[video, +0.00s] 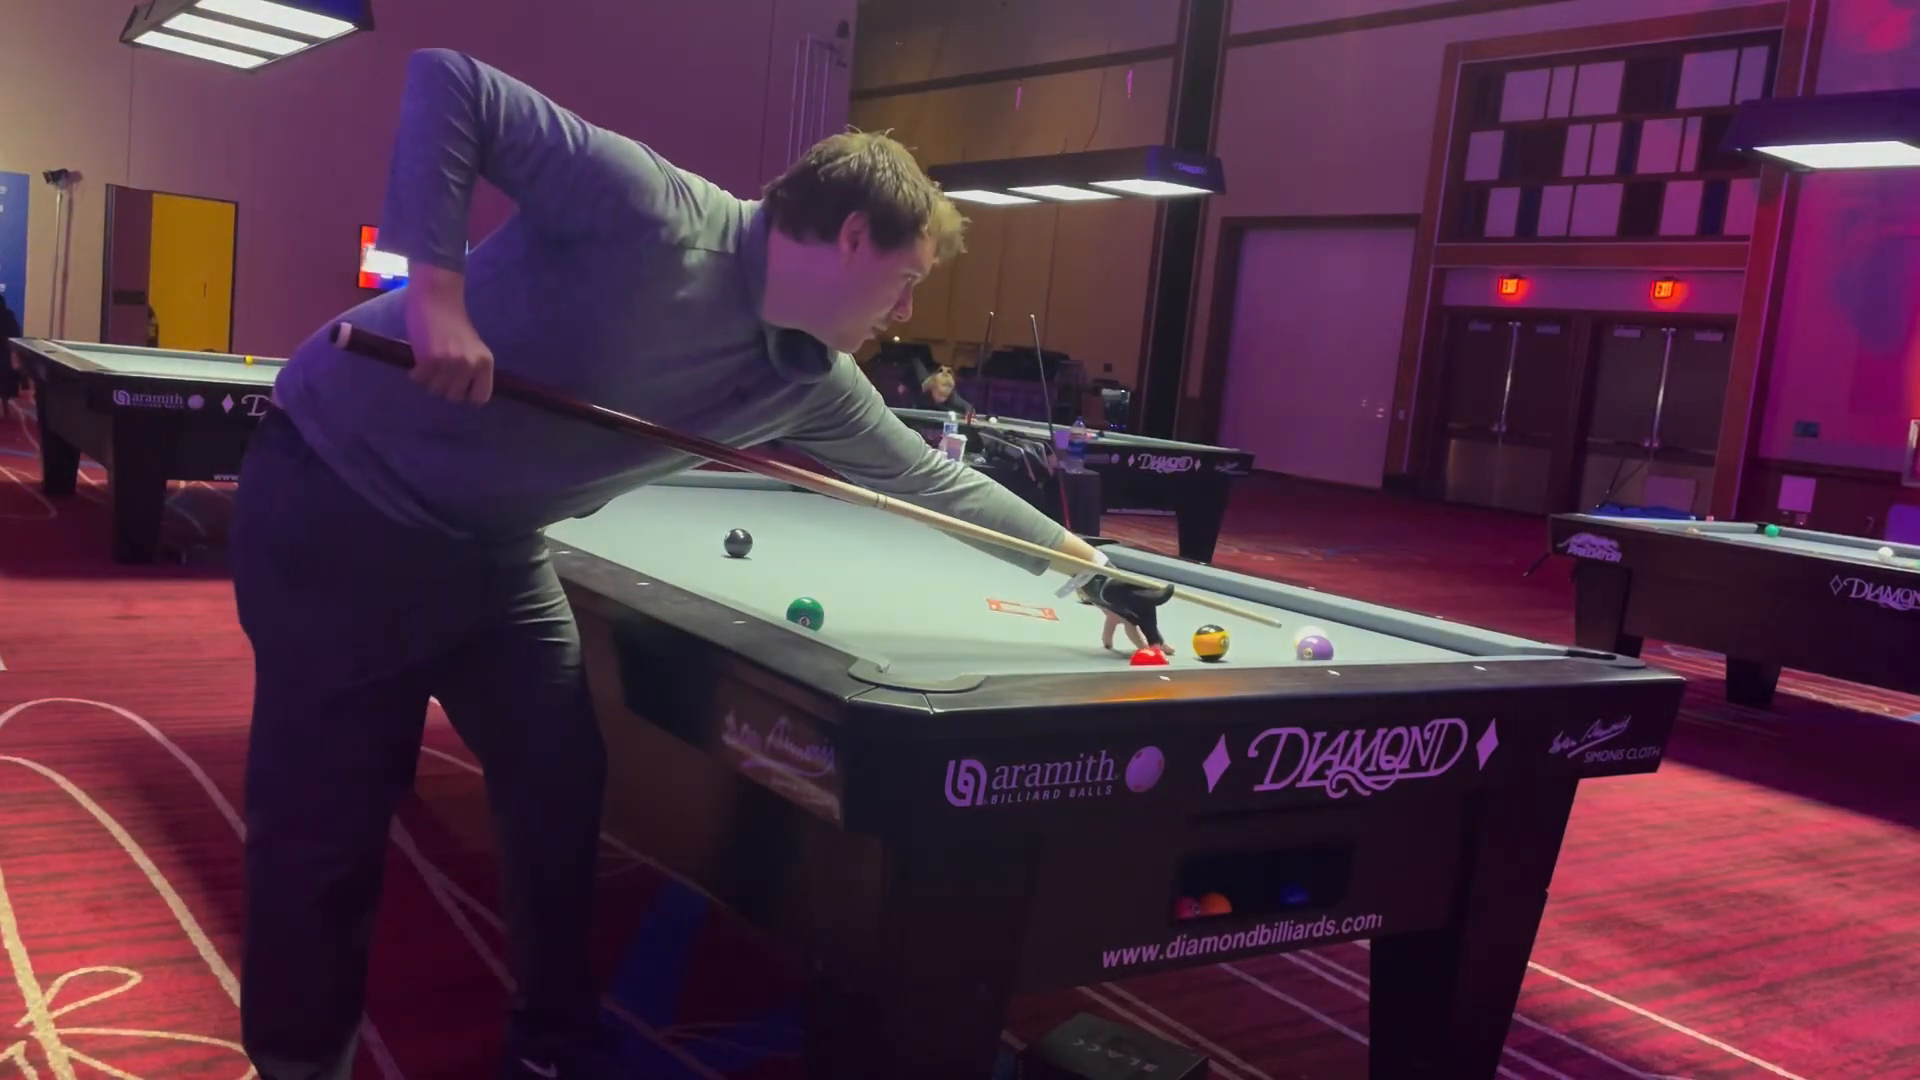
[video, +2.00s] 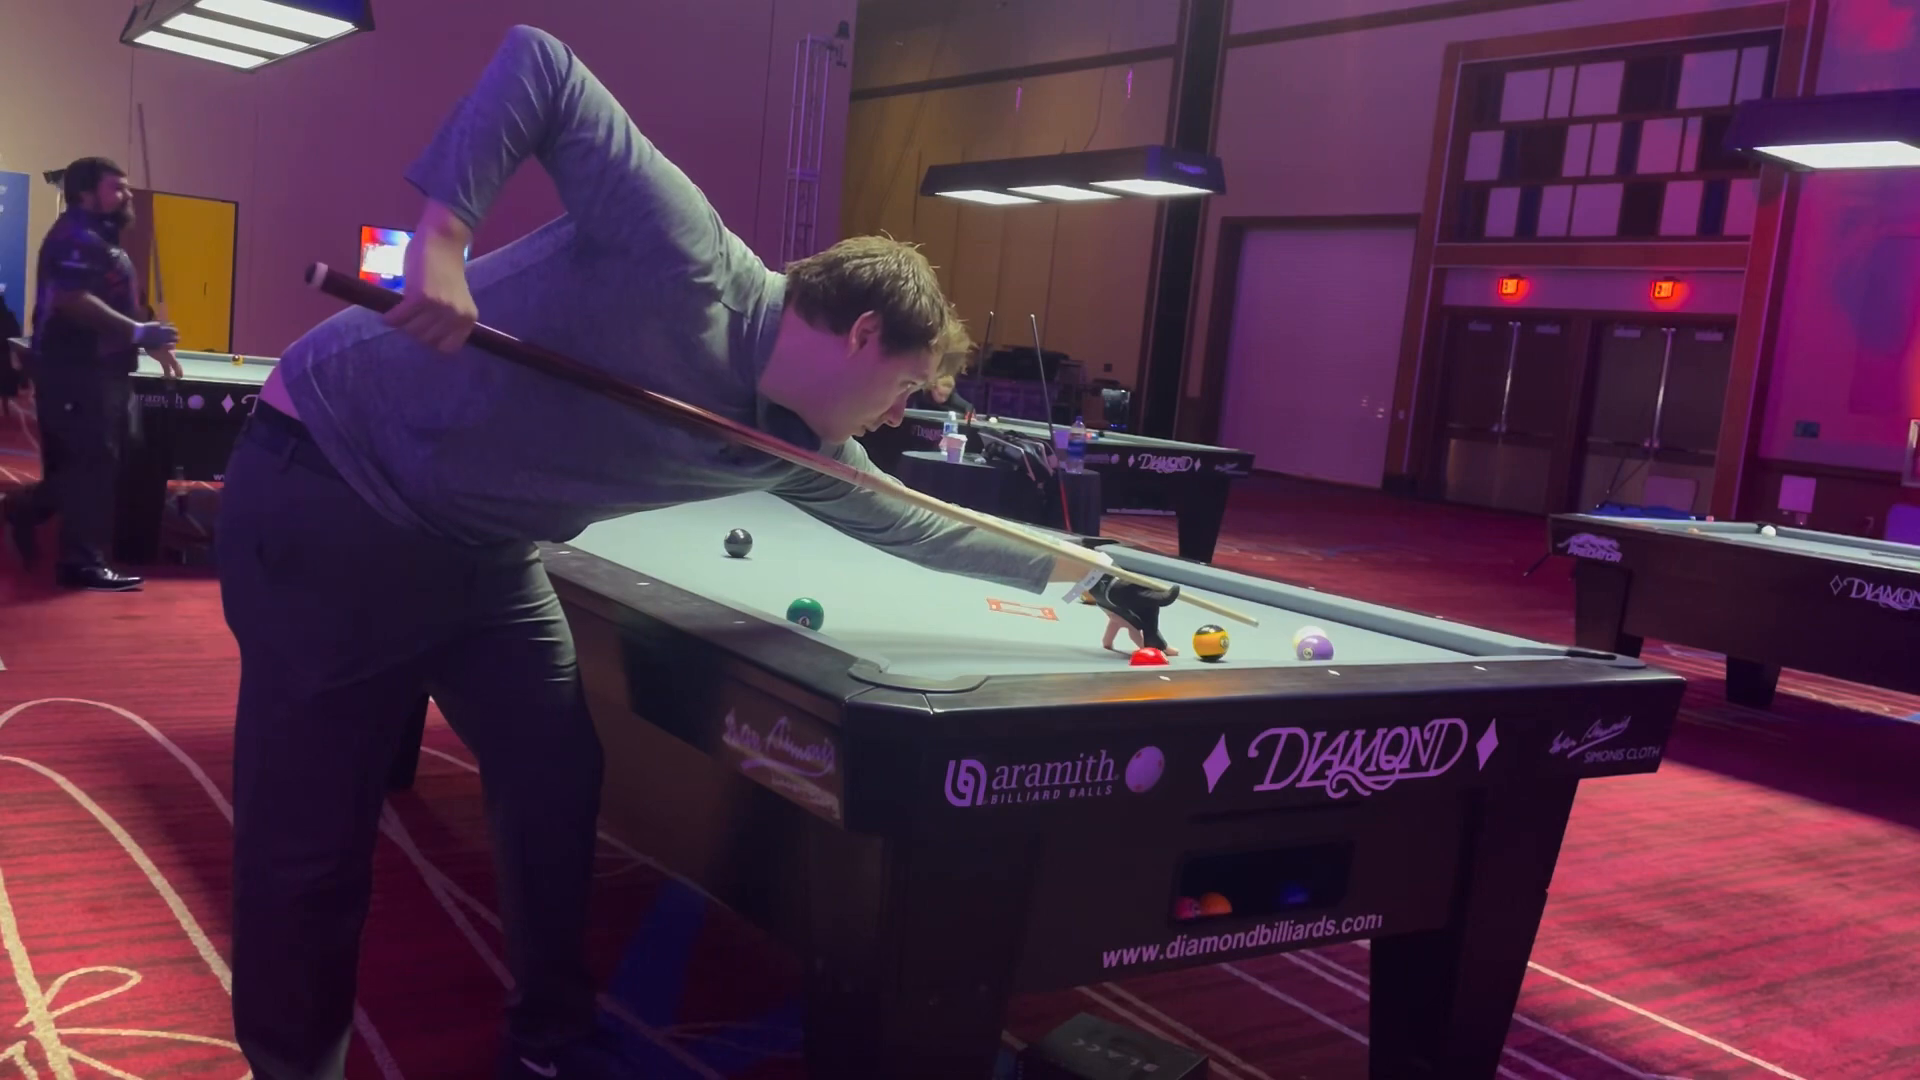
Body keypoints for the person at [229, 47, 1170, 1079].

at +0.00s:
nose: (903, 313)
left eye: (915, 289)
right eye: (907, 279)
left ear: (847, 249)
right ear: (848, 237)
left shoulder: (807, 384)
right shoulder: (648, 208)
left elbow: (940, 479)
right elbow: (448, 83)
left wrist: (1086, 561)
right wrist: (432, 287)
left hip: (494, 535)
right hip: (345, 487)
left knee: (559, 774)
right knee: (324, 819)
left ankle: (551, 1037)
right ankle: (298, 1058)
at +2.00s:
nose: (892, 423)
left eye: (909, 405)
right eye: (903, 393)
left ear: (852, 344)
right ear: (857, 334)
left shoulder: (787, 436)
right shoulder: (678, 241)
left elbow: (912, 525)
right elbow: (535, 68)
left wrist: (1068, 561)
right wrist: (437, 239)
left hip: (482, 532)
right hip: (329, 478)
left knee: (553, 761)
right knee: (310, 827)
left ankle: (547, 1031)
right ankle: (293, 1056)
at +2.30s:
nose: (890, 428)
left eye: (908, 410)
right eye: (902, 398)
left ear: (853, 347)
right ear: (858, 337)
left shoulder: (786, 439)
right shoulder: (680, 245)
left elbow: (912, 526)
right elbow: (538, 70)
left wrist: (1063, 562)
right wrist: (477, 253)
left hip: (483, 531)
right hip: (330, 478)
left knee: (553, 762)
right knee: (310, 825)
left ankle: (548, 1033)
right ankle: (292, 1058)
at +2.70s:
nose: (891, 429)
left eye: (909, 410)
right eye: (903, 399)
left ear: (853, 349)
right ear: (858, 340)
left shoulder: (784, 439)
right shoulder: (683, 247)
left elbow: (911, 526)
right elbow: (540, 70)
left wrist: (1062, 563)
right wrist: (481, 254)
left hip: (484, 529)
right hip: (331, 473)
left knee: (553, 767)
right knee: (312, 822)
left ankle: (548, 1034)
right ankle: (293, 1058)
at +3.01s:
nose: (891, 430)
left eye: (909, 412)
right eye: (903, 400)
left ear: (853, 349)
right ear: (857, 340)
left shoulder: (784, 439)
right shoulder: (685, 250)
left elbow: (909, 525)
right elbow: (541, 70)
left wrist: (1062, 563)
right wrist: (481, 256)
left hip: (484, 530)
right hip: (333, 473)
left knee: (552, 764)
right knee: (313, 818)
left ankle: (548, 1032)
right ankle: (294, 1056)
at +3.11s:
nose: (890, 430)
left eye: (908, 412)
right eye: (902, 400)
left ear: (854, 349)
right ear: (858, 340)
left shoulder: (784, 439)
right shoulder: (685, 249)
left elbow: (911, 526)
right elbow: (540, 69)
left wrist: (1064, 564)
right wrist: (482, 257)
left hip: (485, 531)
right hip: (332, 474)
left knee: (552, 765)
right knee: (313, 818)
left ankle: (548, 1032)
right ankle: (294, 1057)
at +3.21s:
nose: (892, 430)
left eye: (909, 412)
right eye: (903, 401)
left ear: (853, 350)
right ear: (858, 341)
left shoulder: (785, 440)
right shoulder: (685, 250)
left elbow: (912, 527)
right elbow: (540, 70)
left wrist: (1064, 564)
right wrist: (481, 255)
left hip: (483, 528)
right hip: (332, 471)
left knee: (552, 768)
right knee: (312, 820)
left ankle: (548, 1034)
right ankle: (293, 1058)